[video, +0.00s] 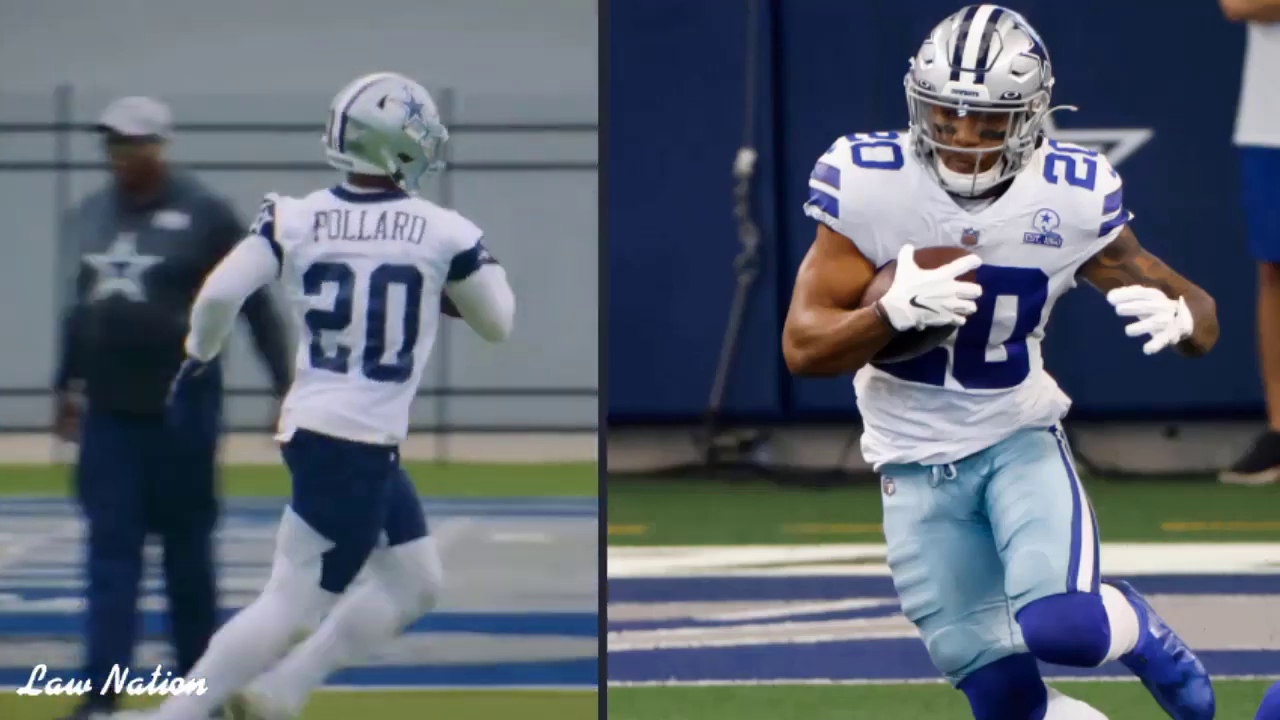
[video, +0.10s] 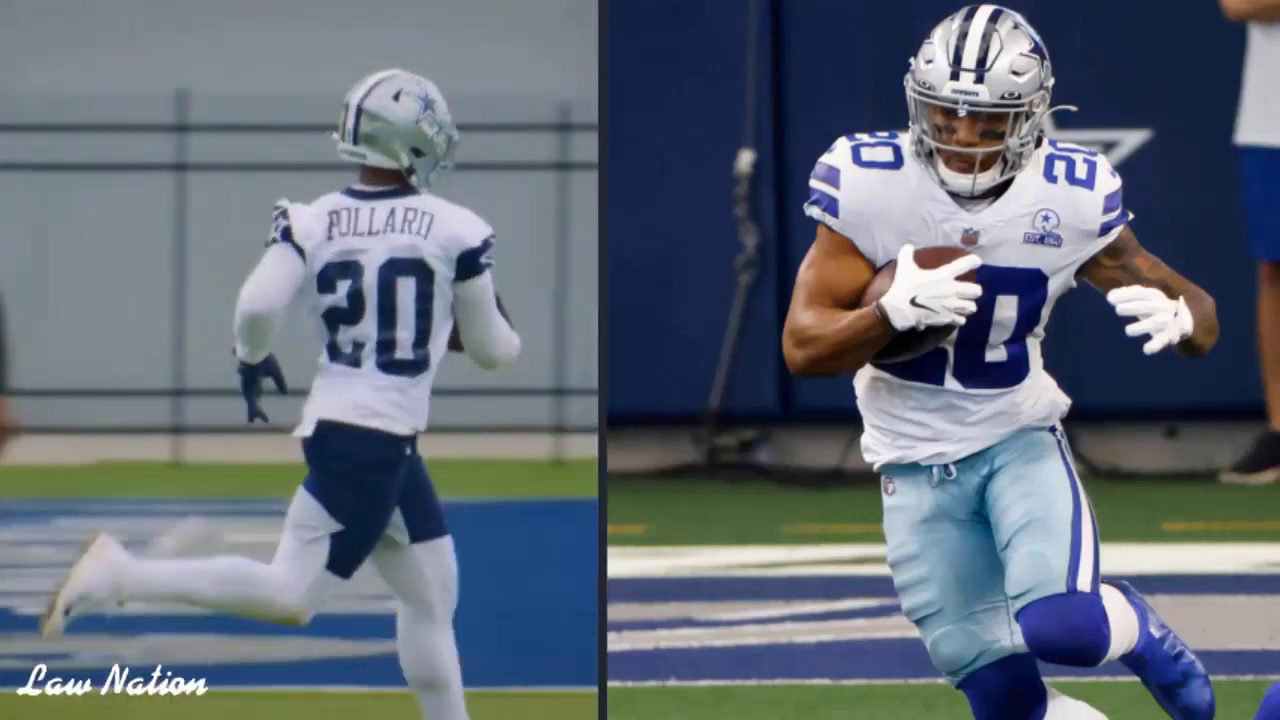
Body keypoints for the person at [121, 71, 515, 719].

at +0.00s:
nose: (424, 150)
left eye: (419, 140)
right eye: (419, 140)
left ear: (339, 139)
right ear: (412, 147)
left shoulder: (293, 217)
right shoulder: (445, 230)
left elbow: (217, 293)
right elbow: (498, 321)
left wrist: (200, 356)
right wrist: (446, 290)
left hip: (314, 429)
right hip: (356, 443)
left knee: (413, 582)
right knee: (291, 606)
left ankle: (278, 695)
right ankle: (177, 711)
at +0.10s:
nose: (435, 145)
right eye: (431, 136)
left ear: (354, 135)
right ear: (425, 143)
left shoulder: (311, 219)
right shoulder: (458, 228)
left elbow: (258, 304)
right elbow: (497, 349)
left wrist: (254, 358)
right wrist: (473, 322)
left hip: (350, 430)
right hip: (372, 437)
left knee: (428, 597)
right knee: (291, 595)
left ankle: (450, 716)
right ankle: (117, 575)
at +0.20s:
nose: (445, 179)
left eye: (442, 168)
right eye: (439, 169)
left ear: (357, 175)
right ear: (423, 178)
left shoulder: (313, 260)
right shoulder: (454, 263)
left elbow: (254, 350)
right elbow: (478, 381)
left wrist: (300, 346)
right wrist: (522, 407)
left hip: (334, 457)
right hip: (387, 466)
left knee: (424, 615)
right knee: (363, 641)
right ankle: (226, 549)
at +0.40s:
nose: (467, 159)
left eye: (466, 145)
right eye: (454, 146)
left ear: (393, 160)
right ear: (417, 155)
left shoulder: (354, 223)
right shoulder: (437, 231)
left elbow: (318, 315)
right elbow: (419, 325)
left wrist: (411, 328)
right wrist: (504, 356)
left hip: (355, 435)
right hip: (423, 437)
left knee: (316, 594)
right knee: (513, 579)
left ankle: (147, 618)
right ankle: (511, 716)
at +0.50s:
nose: (481, 186)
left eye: (479, 171)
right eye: (464, 174)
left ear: (409, 191)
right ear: (423, 187)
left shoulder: (369, 250)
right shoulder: (440, 260)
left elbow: (321, 336)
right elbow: (435, 348)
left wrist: (395, 367)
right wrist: (517, 329)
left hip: (363, 462)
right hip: (429, 467)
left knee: (348, 633)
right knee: (495, 623)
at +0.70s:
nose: (404, 152)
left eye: (401, 138)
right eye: (390, 141)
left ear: (326, 160)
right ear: (350, 156)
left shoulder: (283, 229)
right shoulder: (379, 228)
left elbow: (227, 315)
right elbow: (401, 318)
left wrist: (306, 352)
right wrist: (495, 335)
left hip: (341, 445)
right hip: (357, 450)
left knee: (454, 596)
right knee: (330, 621)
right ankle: (156, 676)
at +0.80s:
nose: (381, 179)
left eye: (377, 164)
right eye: (365, 167)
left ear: (307, 186)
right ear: (325, 181)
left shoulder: (270, 256)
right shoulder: (352, 259)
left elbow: (210, 341)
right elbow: (346, 364)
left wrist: (298, 375)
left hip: (319, 470)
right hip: (344, 477)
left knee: (438, 652)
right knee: (330, 659)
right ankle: (153, 605)